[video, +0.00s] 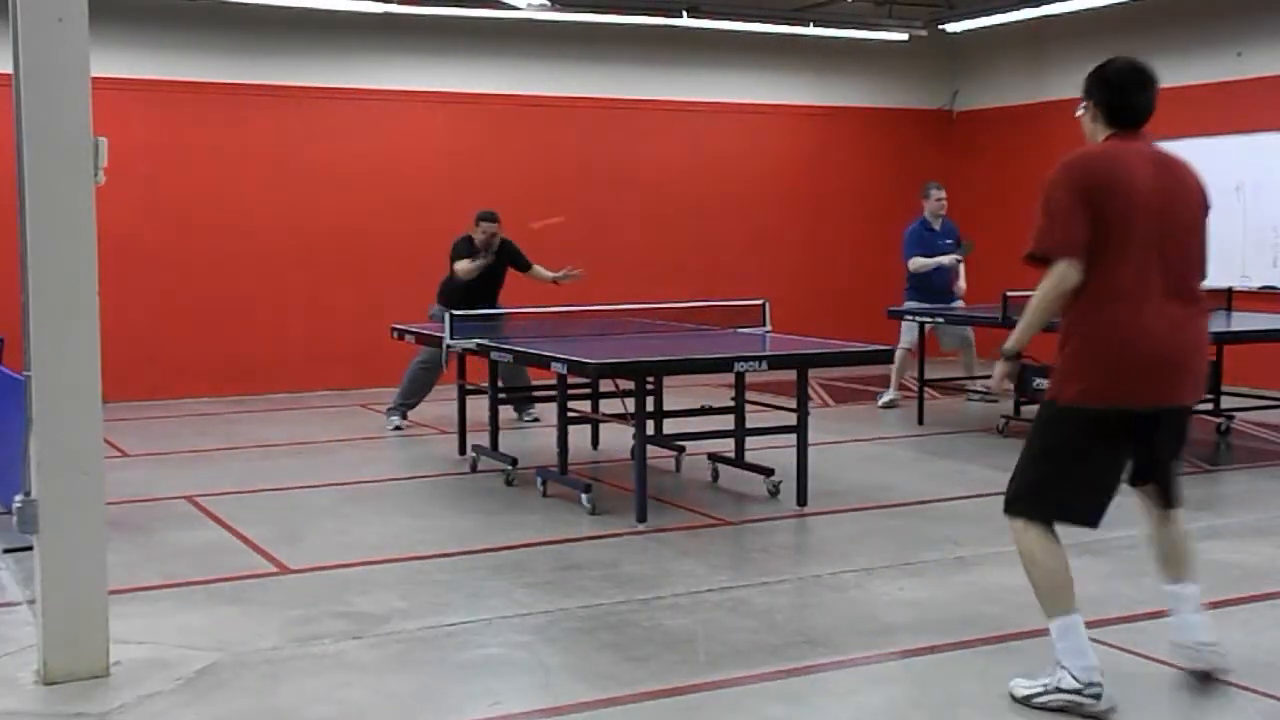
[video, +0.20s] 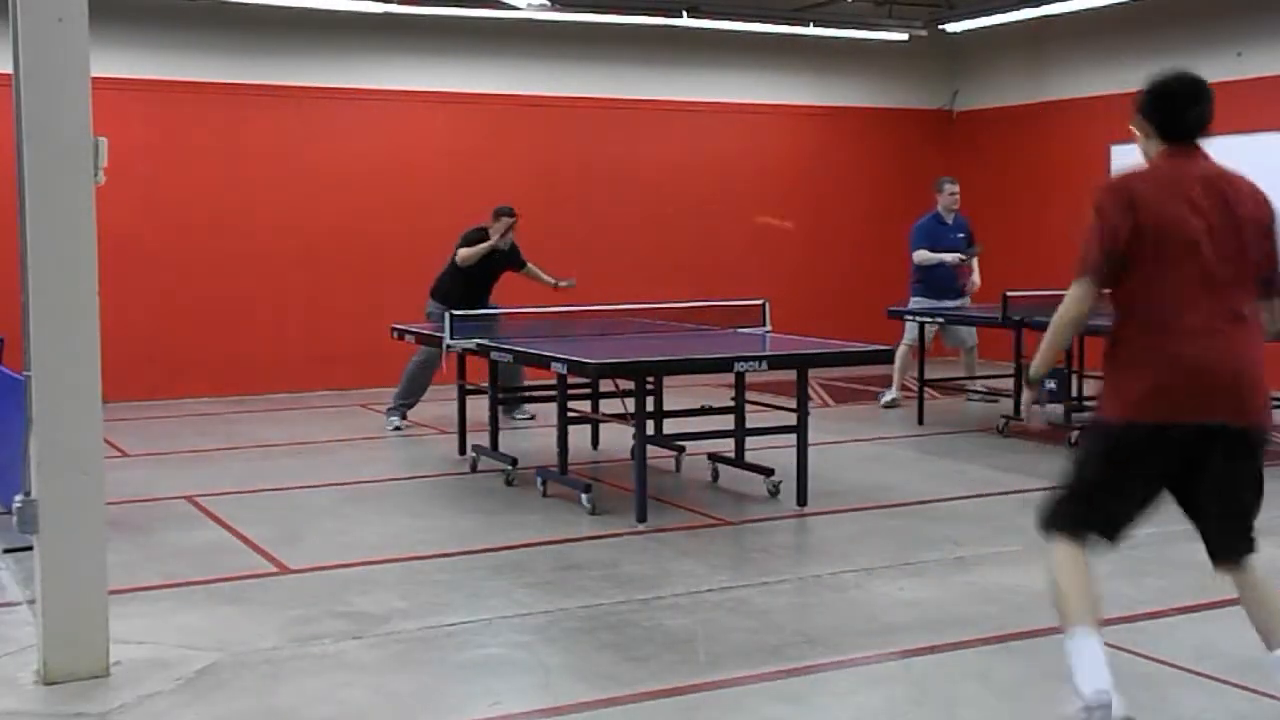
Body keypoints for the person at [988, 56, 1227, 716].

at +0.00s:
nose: (1078, 115)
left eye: (1080, 107)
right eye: (1082, 105)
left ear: (1092, 112)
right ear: (1147, 113)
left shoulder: (1081, 169)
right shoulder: (1184, 176)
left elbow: (1065, 270)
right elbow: (1189, 283)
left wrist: (1010, 352)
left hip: (1100, 374)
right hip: (1178, 375)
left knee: (1029, 511)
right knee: (1159, 491)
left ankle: (1077, 672)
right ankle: (1194, 638)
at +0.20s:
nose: (1132, 129)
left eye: (1135, 121)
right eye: (1138, 119)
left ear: (1144, 128)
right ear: (1203, 128)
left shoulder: (1126, 194)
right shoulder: (1249, 199)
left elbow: (1084, 294)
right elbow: (1271, 312)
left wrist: (1034, 374)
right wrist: (1210, 310)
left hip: (1147, 407)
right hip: (1236, 406)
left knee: (1067, 527)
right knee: (1237, 549)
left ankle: (1094, 691)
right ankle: (1279, 670)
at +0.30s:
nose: (1172, 169)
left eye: (1173, 162)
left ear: (1176, 168)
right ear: (1236, 170)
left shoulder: (1146, 238)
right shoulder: (1270, 240)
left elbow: (1084, 328)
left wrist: (1062, 403)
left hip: (1166, 445)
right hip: (1262, 444)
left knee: (1108, 585)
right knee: (1278, 569)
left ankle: (1102, 711)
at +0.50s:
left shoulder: (1267, 237)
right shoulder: (1265, 238)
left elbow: (1211, 341)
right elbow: (1212, 340)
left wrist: (1221, 406)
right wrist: (1221, 406)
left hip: (1254, 431)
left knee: (1200, 557)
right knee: (1199, 559)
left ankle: (1122, 677)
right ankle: (1124, 675)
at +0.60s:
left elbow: (1270, 335)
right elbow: (1271, 335)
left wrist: (1261, 405)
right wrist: (1262, 405)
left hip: (1276, 441)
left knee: (1268, 558)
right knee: (1268, 559)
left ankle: (1190, 619)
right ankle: (1190, 619)